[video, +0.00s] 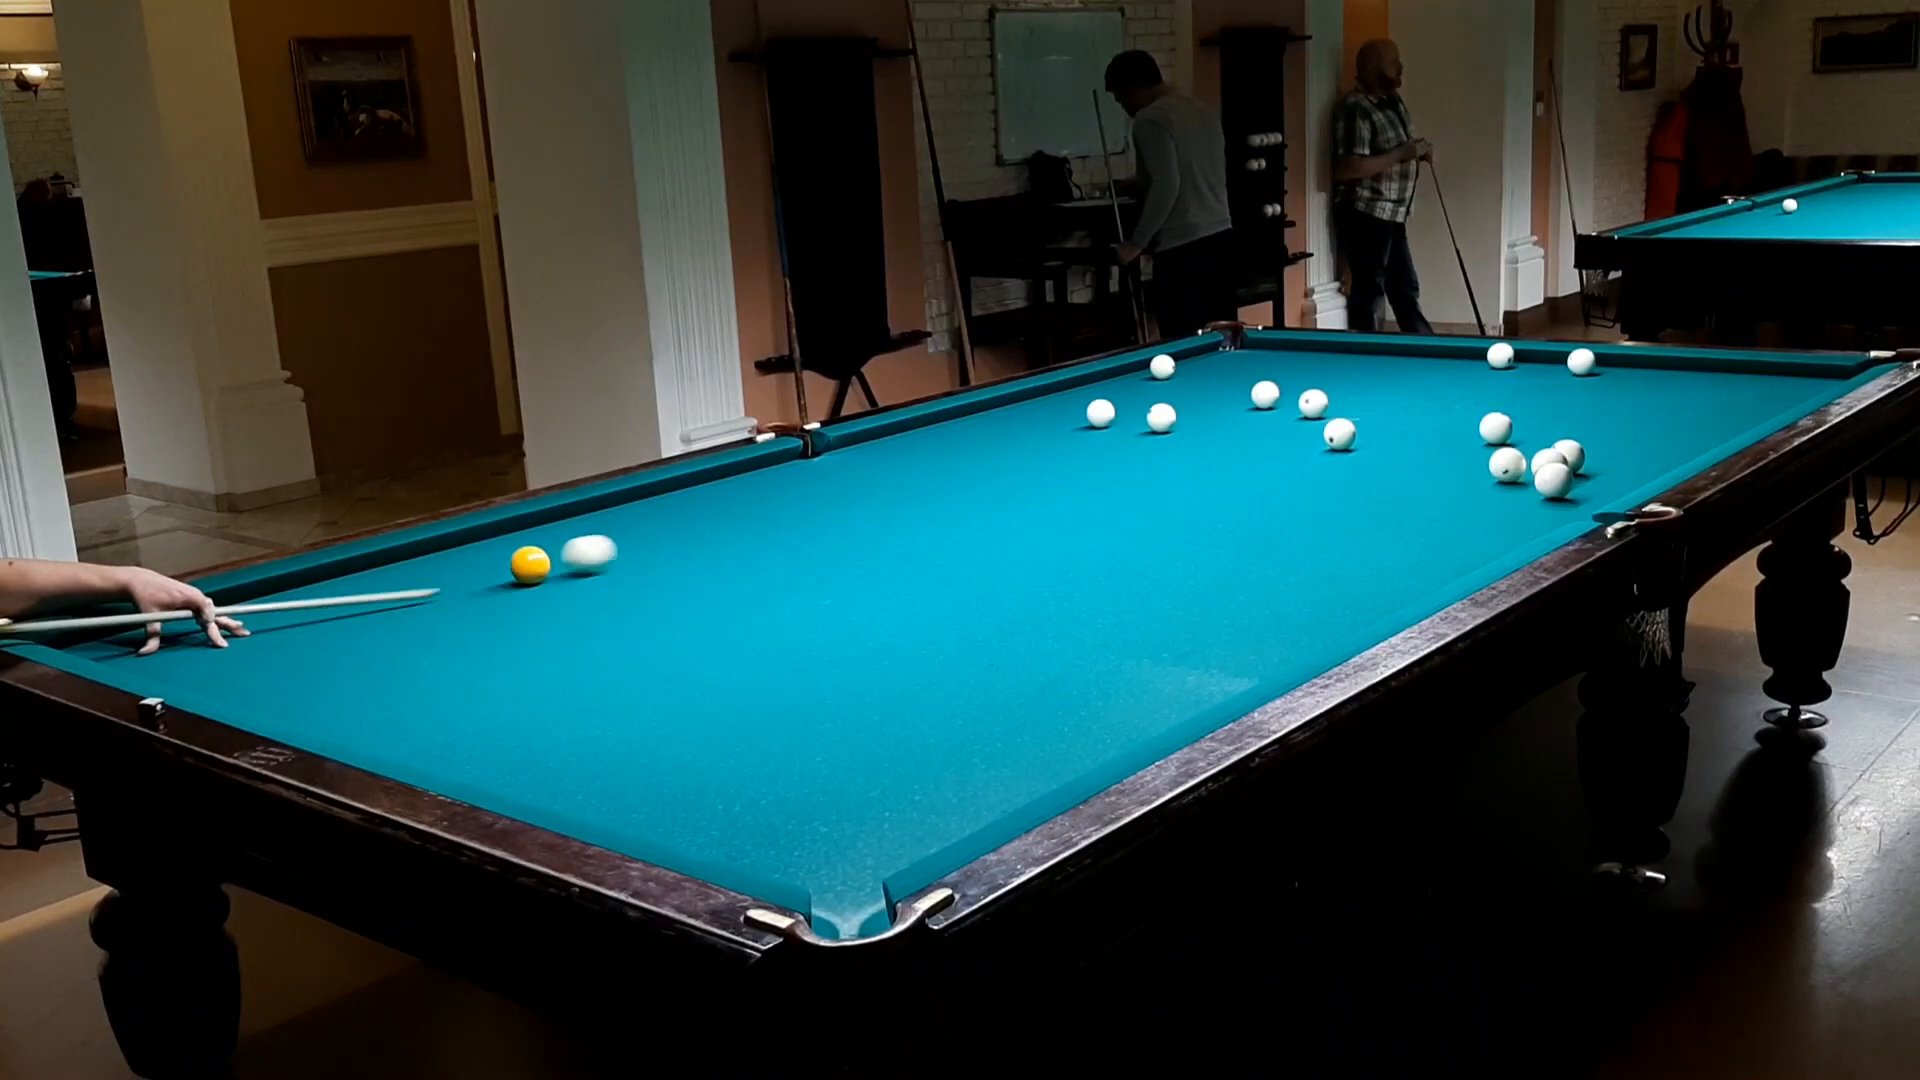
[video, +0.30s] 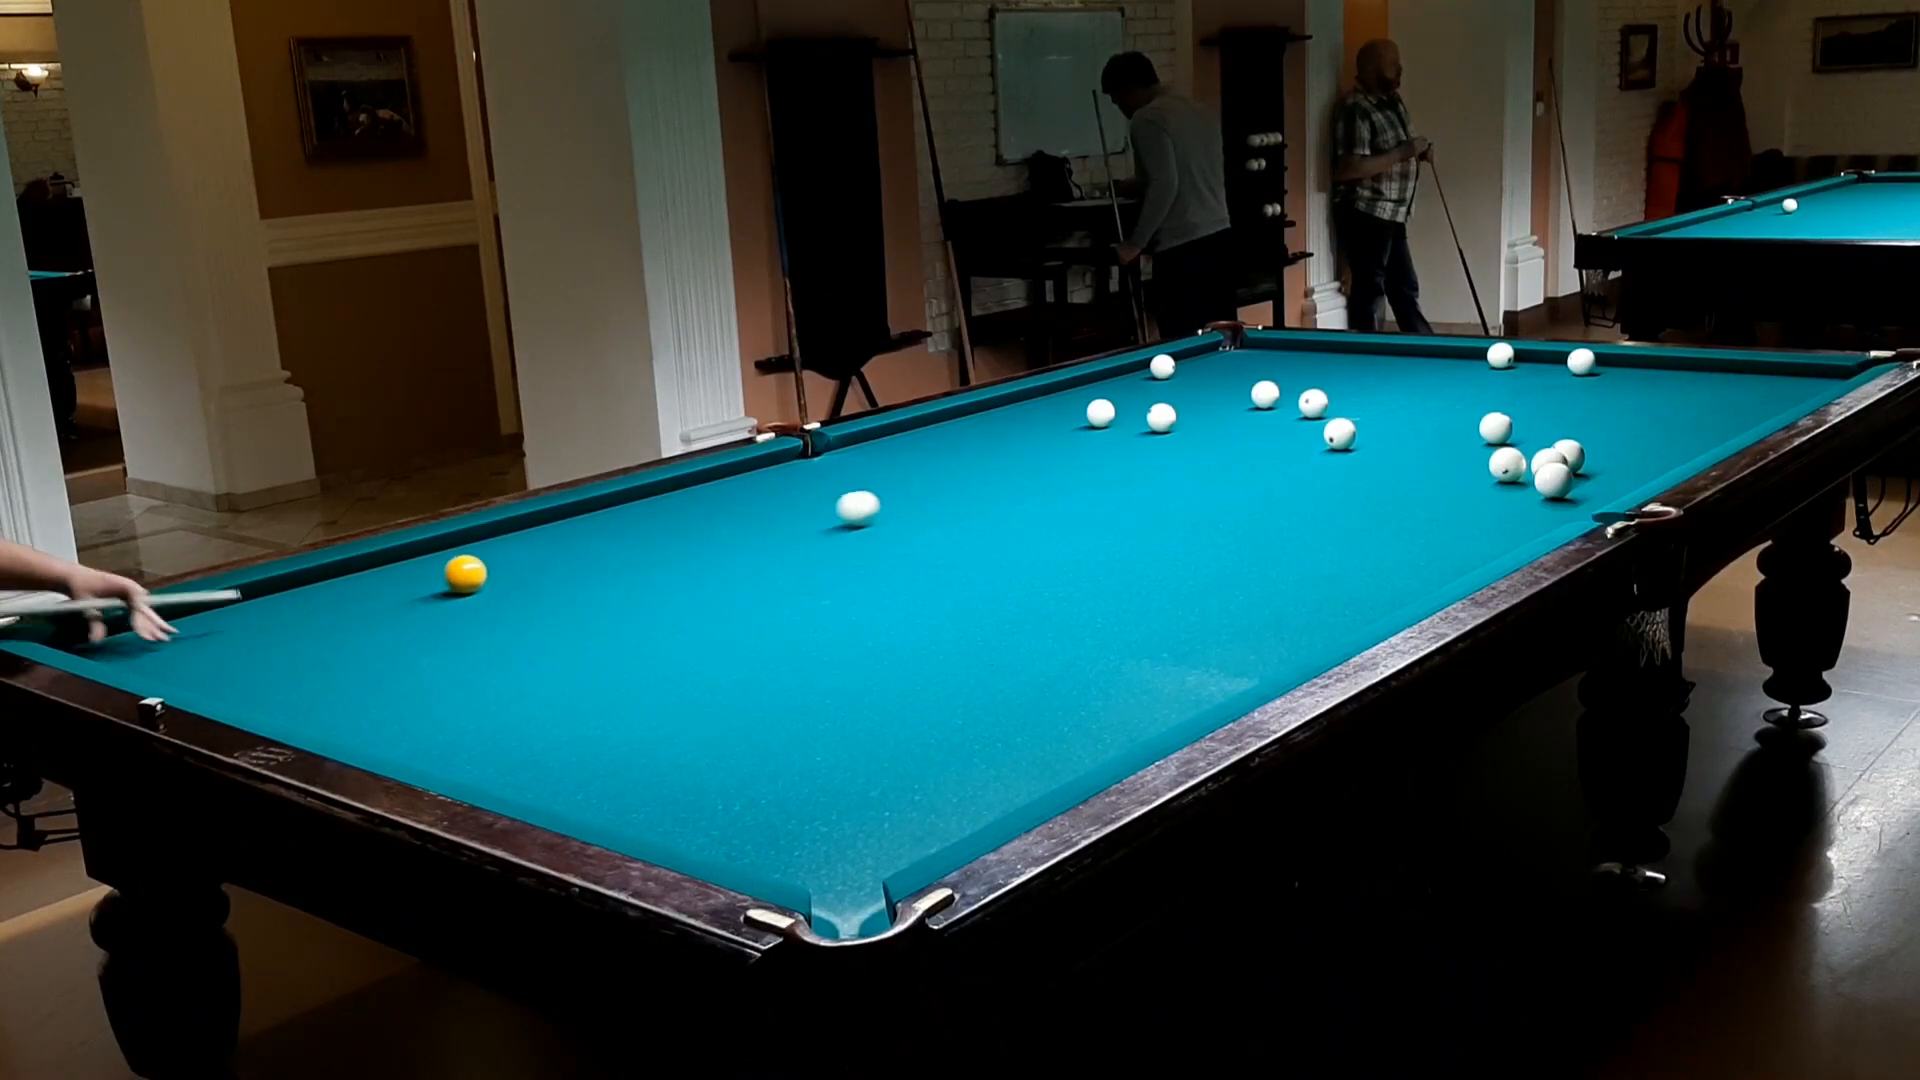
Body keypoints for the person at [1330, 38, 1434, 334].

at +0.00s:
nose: (1401, 71)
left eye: (1400, 64)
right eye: (1394, 65)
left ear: (1381, 69)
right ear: (1373, 68)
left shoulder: (1394, 103)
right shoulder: (1354, 108)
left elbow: (1388, 154)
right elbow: (1348, 168)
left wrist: (1416, 153)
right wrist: (1400, 154)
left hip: (1390, 217)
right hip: (1363, 217)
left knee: (1405, 290)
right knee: (1366, 293)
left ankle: (1426, 353)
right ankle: (1364, 360)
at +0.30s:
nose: (1400, 71)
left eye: (1400, 65)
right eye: (1393, 66)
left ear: (1380, 70)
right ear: (1372, 68)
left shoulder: (1393, 103)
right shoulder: (1354, 108)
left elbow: (1388, 153)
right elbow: (1348, 168)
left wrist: (1417, 153)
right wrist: (1400, 153)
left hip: (1390, 217)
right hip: (1363, 217)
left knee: (1404, 290)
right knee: (1366, 293)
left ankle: (1427, 354)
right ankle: (1364, 360)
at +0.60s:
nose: (1402, 73)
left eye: (1402, 67)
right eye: (1396, 67)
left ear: (1380, 71)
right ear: (1374, 69)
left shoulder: (1393, 104)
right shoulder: (1354, 109)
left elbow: (1388, 154)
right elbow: (1348, 169)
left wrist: (1417, 154)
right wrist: (1399, 154)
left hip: (1390, 217)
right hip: (1363, 216)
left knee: (1404, 290)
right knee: (1366, 292)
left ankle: (1425, 352)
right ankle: (1364, 358)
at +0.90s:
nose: (1402, 83)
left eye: (1404, 76)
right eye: (1397, 76)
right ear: (1376, 72)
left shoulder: (1393, 105)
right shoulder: (1354, 108)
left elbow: (1388, 155)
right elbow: (1349, 169)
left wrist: (1417, 154)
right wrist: (1400, 155)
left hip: (1390, 217)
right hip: (1363, 216)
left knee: (1404, 290)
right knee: (1366, 292)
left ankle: (1425, 353)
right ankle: (1364, 359)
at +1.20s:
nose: (1403, 83)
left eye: (1404, 77)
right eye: (1397, 77)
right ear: (1377, 72)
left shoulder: (1394, 104)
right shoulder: (1355, 108)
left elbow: (1391, 155)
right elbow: (1355, 168)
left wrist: (1419, 154)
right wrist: (1405, 150)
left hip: (1390, 217)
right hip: (1363, 216)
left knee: (1404, 290)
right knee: (1366, 292)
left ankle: (1425, 352)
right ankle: (1364, 359)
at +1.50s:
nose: (1403, 82)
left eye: (1405, 75)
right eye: (1397, 75)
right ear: (1377, 71)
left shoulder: (1394, 105)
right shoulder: (1355, 107)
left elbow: (1390, 155)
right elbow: (1350, 168)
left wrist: (1416, 154)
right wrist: (1402, 156)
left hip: (1390, 217)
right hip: (1363, 215)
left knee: (1404, 289)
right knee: (1366, 291)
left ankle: (1425, 352)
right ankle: (1363, 358)